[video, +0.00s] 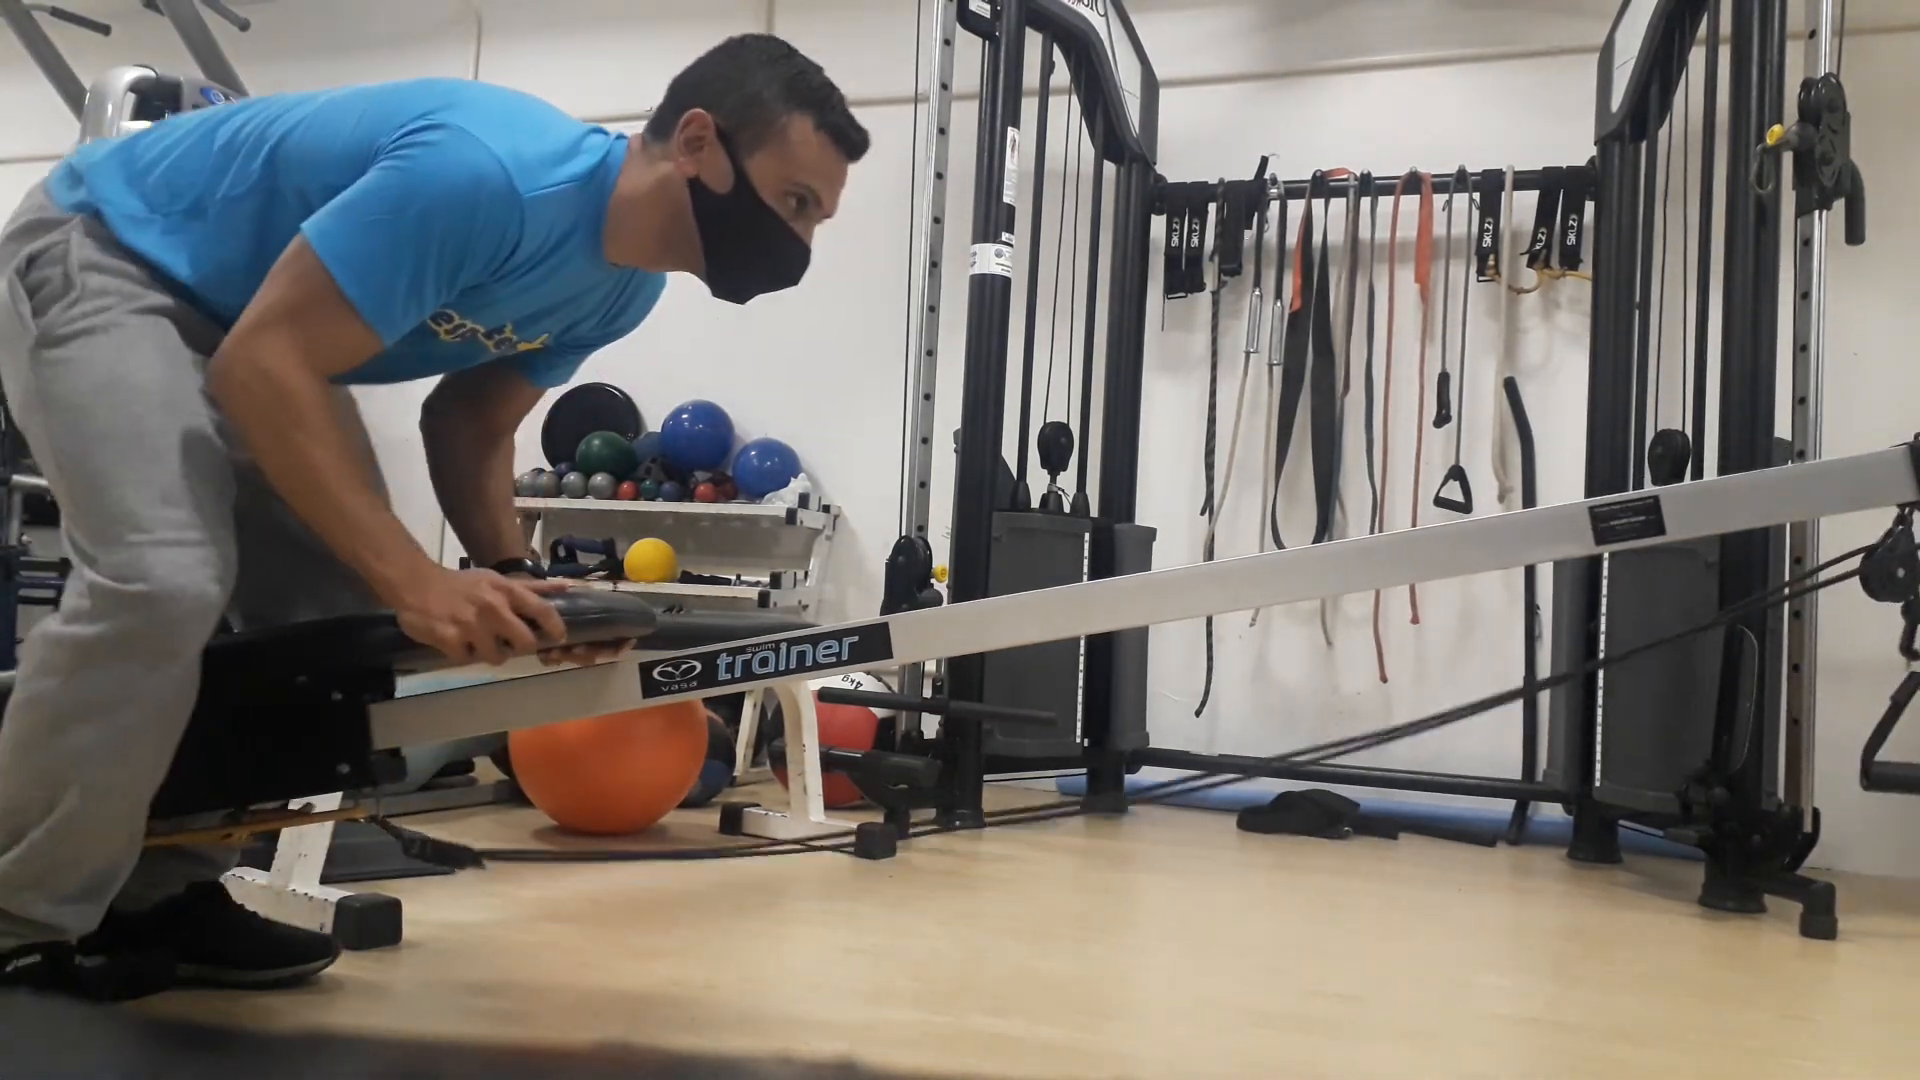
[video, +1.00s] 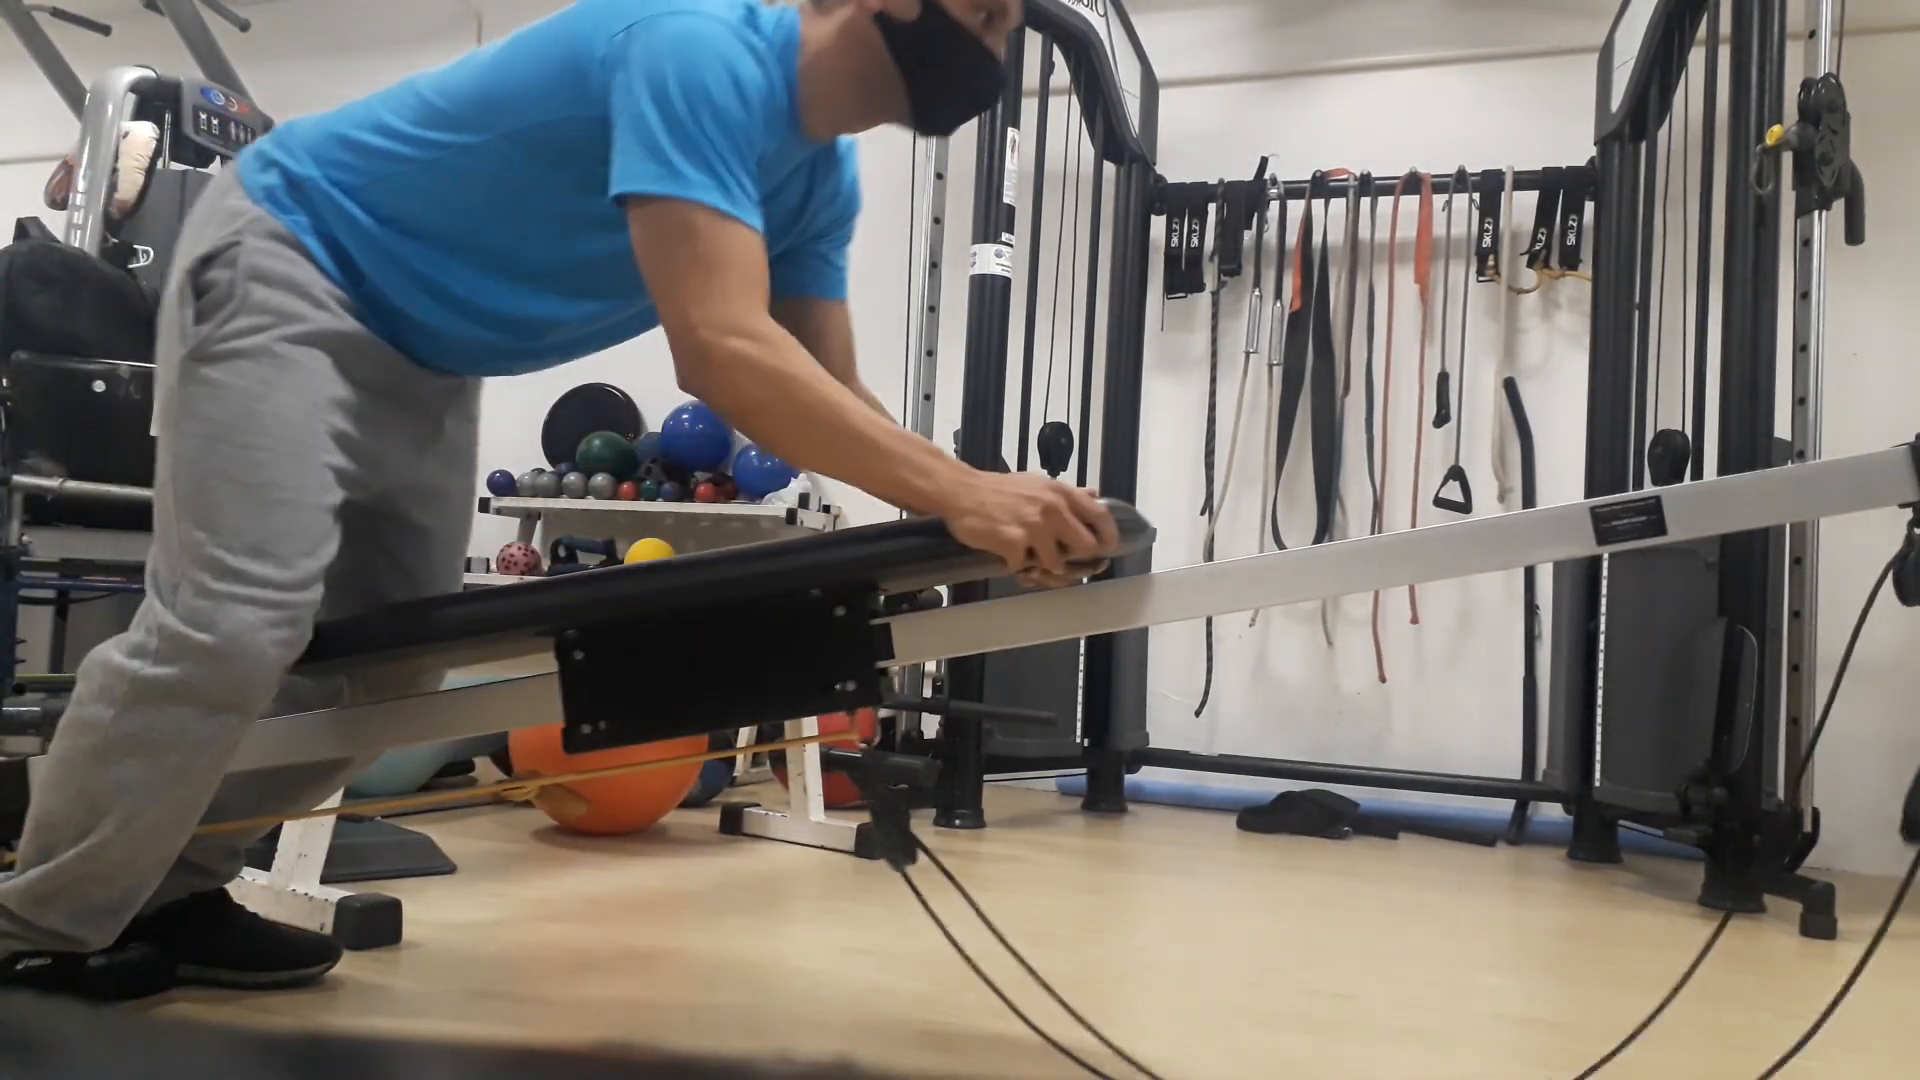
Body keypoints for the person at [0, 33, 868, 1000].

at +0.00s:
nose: (804, 245)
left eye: (819, 222)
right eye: (796, 202)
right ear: (695, 142)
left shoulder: (627, 284)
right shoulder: (478, 177)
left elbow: (474, 415)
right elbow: (258, 368)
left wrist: (510, 571)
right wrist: (416, 584)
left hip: (268, 329)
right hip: (109, 254)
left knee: (338, 622)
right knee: (167, 583)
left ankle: (165, 893)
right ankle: (28, 923)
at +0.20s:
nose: (810, 222)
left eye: (824, 200)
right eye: (801, 181)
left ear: (699, 141)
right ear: (697, 129)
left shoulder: (627, 278)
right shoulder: (488, 174)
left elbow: (496, 431)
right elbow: (294, 388)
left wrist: (579, 579)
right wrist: (500, 568)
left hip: (262, 345)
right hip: (106, 270)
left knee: (368, 626)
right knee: (186, 601)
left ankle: (162, 891)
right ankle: (26, 924)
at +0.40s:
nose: (847, 176)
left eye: (860, 154)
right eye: (836, 137)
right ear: (736, 86)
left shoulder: (665, 247)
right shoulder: (543, 139)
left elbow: (591, 434)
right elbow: (413, 400)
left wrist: (700, 544)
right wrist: (650, 551)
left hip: (314, 357)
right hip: (148, 268)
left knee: (375, 647)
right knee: (201, 599)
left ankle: (164, 892)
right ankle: (33, 921)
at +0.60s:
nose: (890, 130)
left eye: (907, 109)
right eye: (879, 91)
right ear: (778, 46)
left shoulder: (722, 222)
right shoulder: (589, 109)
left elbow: (692, 418)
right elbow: (555, 401)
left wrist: (815, 533)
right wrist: (788, 521)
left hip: (359, 358)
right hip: (201, 263)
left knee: (395, 657)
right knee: (223, 614)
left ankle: (175, 886)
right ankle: (34, 926)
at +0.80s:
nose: (933, 99)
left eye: (950, 76)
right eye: (922, 59)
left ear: (831, 43)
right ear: (822, 16)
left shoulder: (771, 197)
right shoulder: (641, 86)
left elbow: (782, 408)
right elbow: (670, 377)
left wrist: (939, 512)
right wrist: (918, 504)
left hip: (390, 357)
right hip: (243, 259)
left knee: (399, 658)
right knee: (230, 628)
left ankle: (167, 884)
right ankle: (40, 922)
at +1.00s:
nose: (1002, 44)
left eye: (1013, 34)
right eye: (991, 15)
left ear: (912, 36)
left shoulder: (819, 168)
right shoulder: (701, 55)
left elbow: (821, 384)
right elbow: (722, 352)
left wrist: (975, 496)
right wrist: (956, 492)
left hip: (426, 349)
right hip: (287, 253)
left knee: (391, 664)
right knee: (233, 627)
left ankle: (168, 883)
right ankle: (39, 926)